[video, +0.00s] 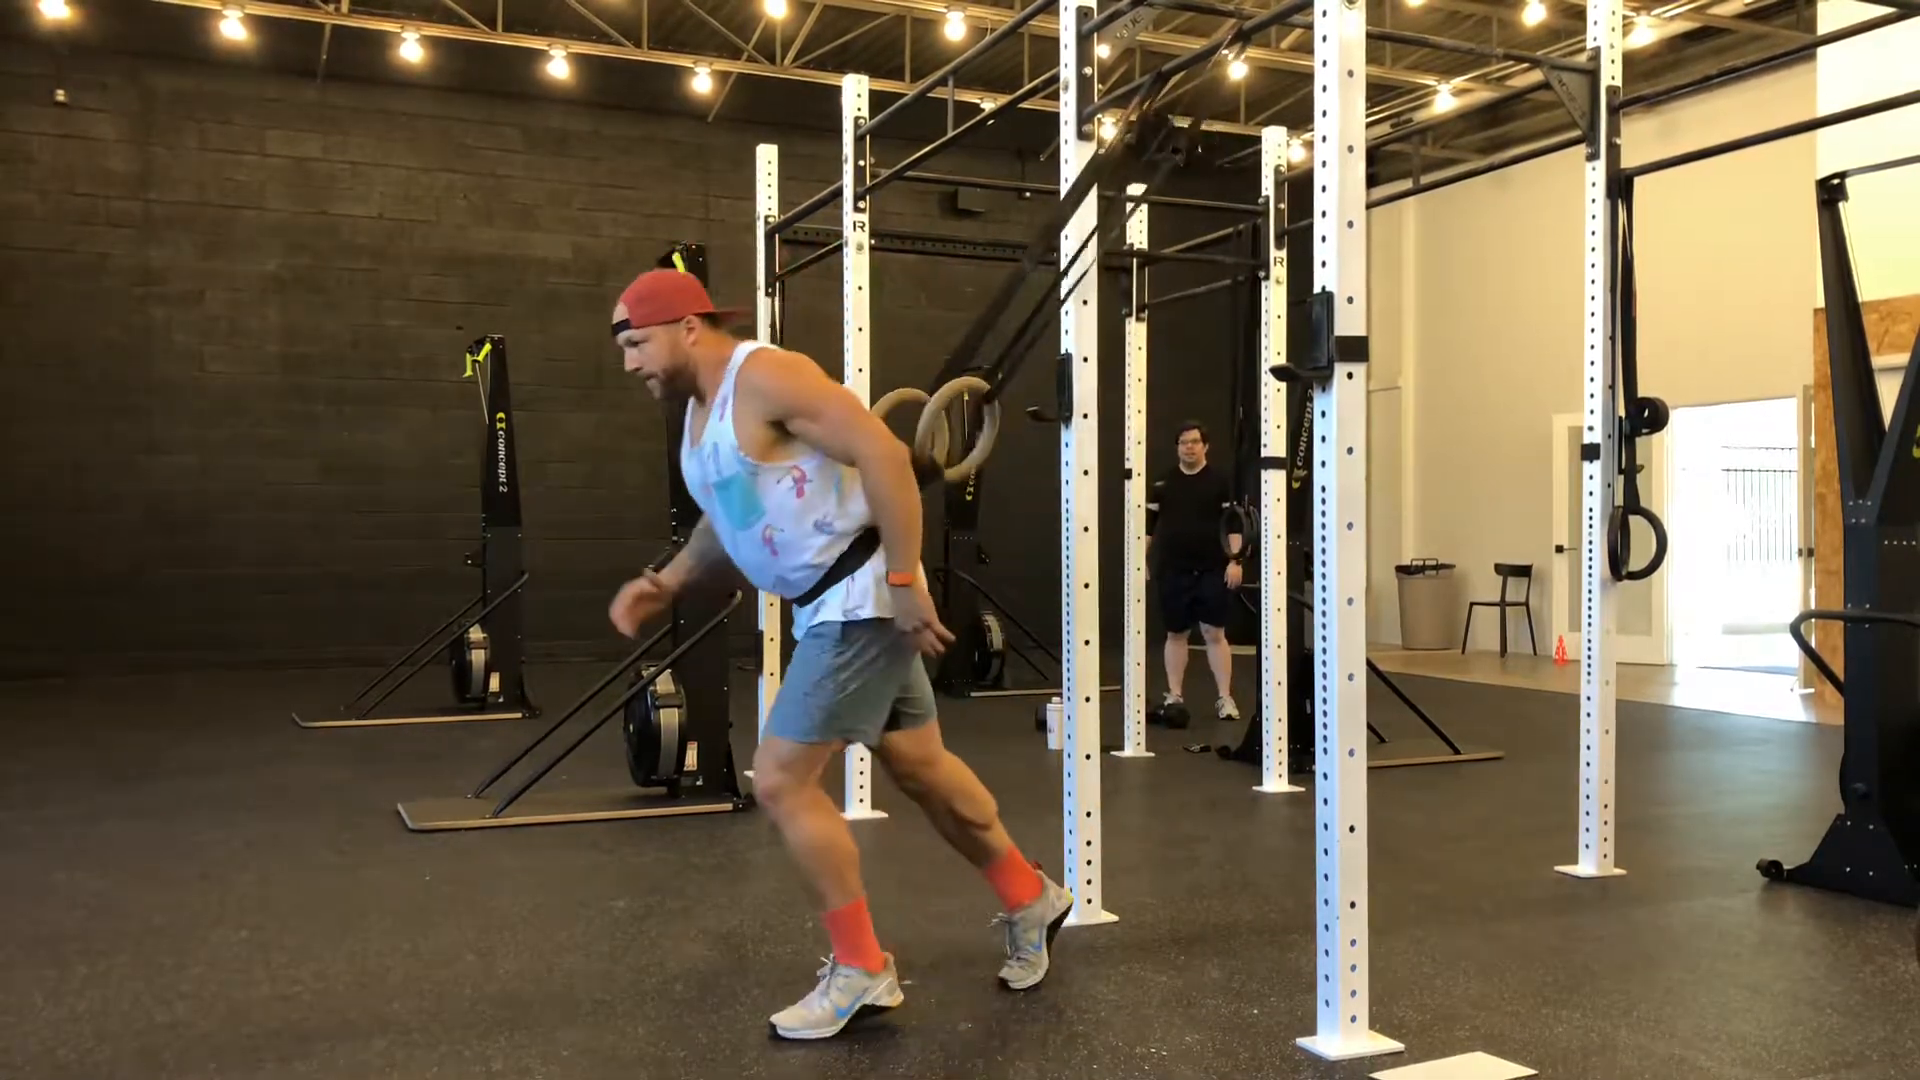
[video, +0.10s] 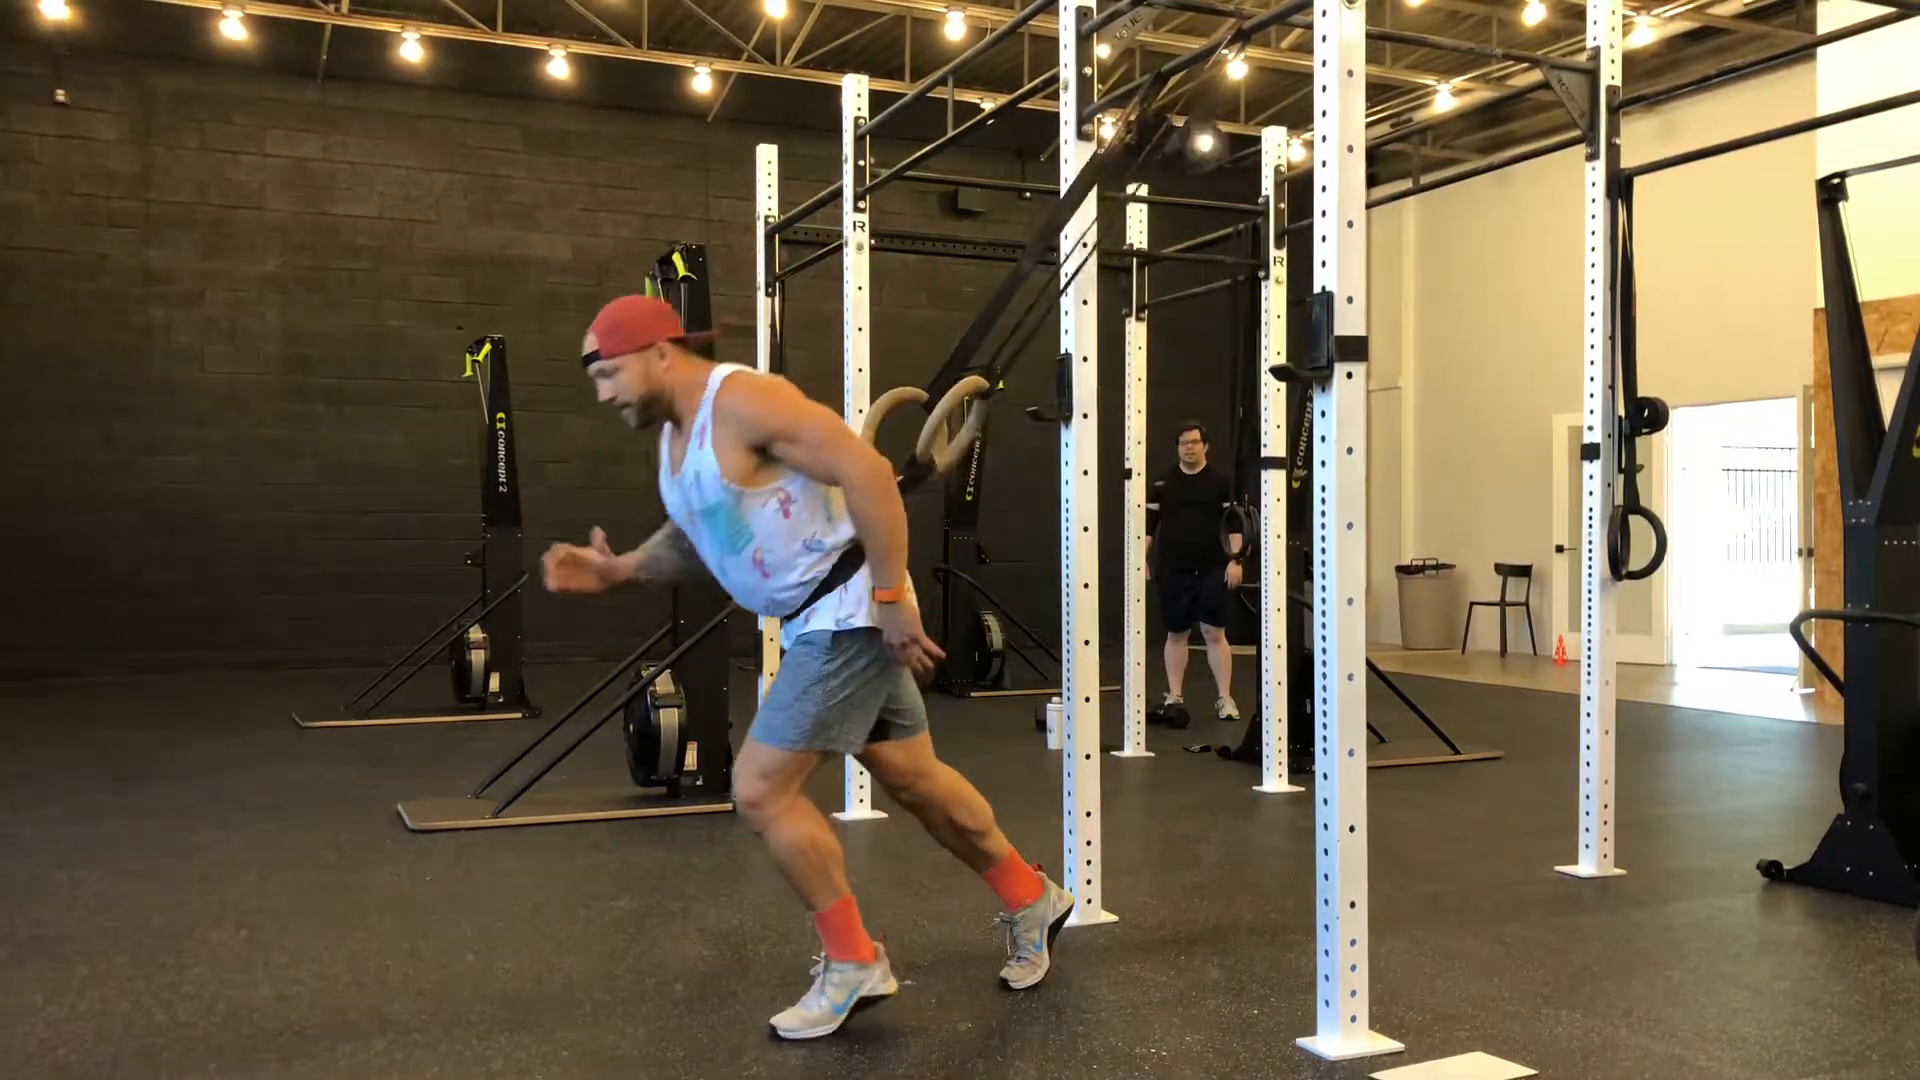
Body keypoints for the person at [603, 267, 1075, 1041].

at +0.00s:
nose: (627, 361)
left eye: (633, 340)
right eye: (622, 345)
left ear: (686, 327)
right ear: (679, 334)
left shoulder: (767, 376)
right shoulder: (703, 415)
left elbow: (886, 453)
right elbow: (733, 519)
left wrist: (906, 577)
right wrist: (669, 581)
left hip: (861, 597)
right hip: (834, 602)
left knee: (783, 779)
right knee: (920, 763)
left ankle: (862, 969)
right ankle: (1031, 896)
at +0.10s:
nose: (600, 392)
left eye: (606, 372)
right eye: (595, 376)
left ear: (659, 353)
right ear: (650, 361)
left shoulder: (745, 400)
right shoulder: (678, 438)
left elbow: (868, 471)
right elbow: (701, 540)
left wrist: (892, 596)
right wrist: (622, 567)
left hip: (850, 611)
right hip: (824, 615)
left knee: (763, 789)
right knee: (912, 775)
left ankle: (855, 960)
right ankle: (1032, 895)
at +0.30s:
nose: (547, 457)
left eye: (550, 438)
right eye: (540, 444)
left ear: (597, 410)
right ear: (586, 422)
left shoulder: (687, 445)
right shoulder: (627, 498)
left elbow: (830, 488)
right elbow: (593, 575)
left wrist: (892, 602)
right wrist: (527, 554)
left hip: (830, 623)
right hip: (830, 626)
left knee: (732, 798)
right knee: (917, 778)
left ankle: (850, 957)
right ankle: (1044, 896)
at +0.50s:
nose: (527, 543)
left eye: (527, 526)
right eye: (521, 531)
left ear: (564, 494)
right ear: (562, 495)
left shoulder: (671, 504)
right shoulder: (609, 567)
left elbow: (825, 517)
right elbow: (561, 639)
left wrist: (910, 602)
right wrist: (495, 622)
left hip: (833, 652)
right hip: (834, 654)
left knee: (724, 818)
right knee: (914, 818)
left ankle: (854, 962)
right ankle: (1065, 906)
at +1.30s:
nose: (507, 564)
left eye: (511, 546)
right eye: (500, 552)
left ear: (557, 522)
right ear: (534, 537)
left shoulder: (630, 550)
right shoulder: (583, 602)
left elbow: (775, 557)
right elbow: (531, 684)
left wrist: (871, 643)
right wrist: (455, 712)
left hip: (821, 670)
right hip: (829, 671)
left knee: (705, 836)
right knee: (885, 845)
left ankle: (848, 957)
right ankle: (1056, 898)